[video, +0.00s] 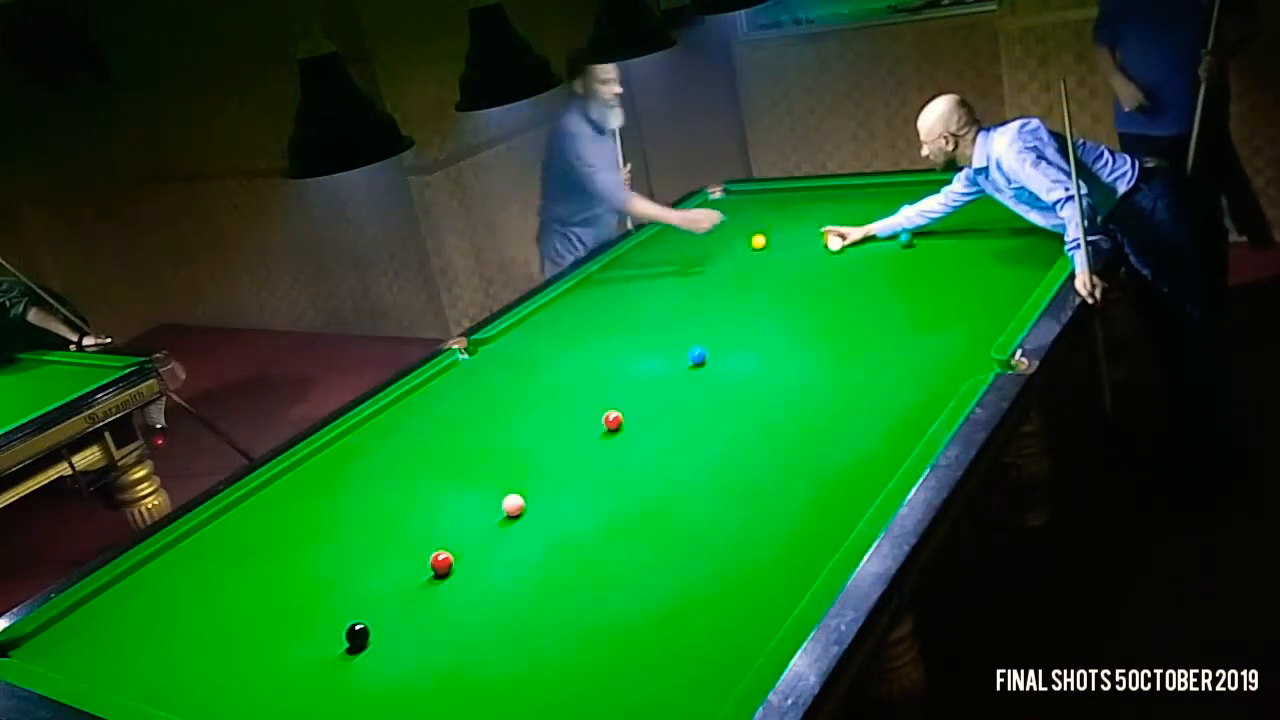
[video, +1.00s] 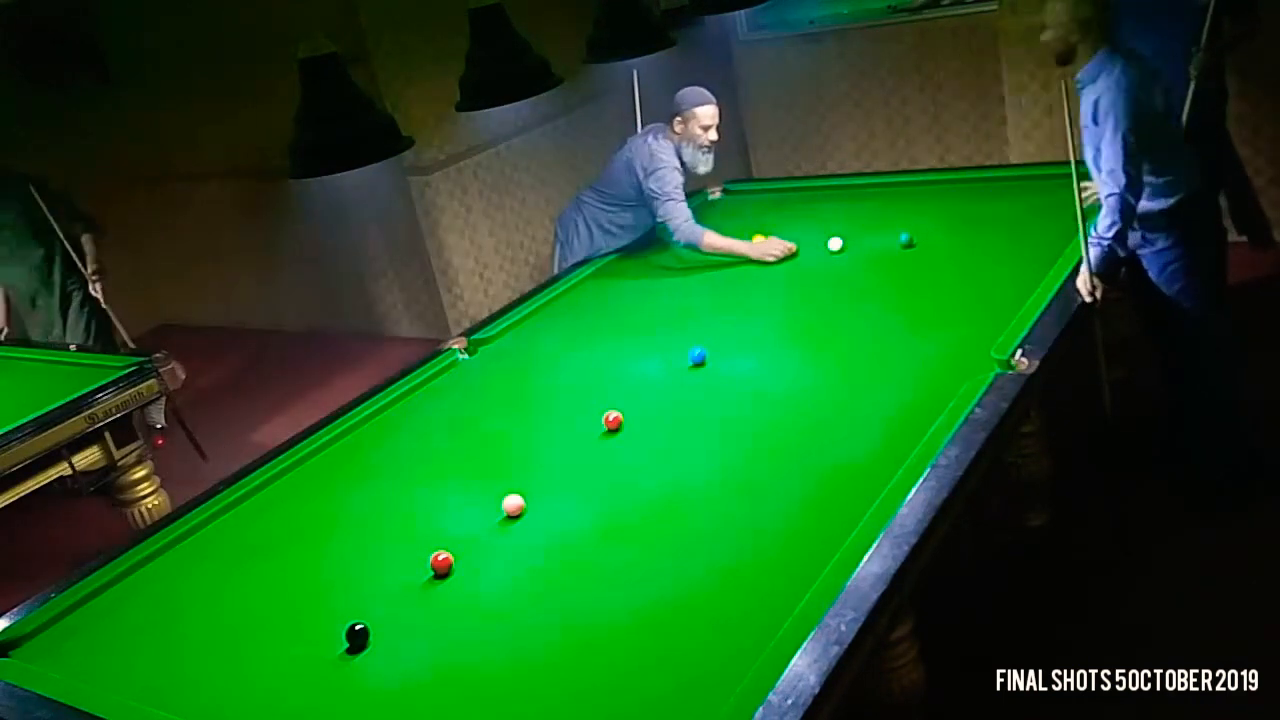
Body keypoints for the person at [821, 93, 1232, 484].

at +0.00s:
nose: (924, 150)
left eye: (927, 141)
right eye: (923, 143)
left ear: (952, 137)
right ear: (955, 134)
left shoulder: (1013, 145)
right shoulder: (979, 170)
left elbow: (1069, 196)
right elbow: (927, 210)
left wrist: (1081, 264)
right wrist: (861, 232)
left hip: (1148, 201)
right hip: (1124, 219)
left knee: (1194, 319)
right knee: (1174, 320)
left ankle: (1216, 444)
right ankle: (1197, 439)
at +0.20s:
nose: (924, 149)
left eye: (927, 140)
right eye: (923, 141)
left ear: (953, 136)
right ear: (956, 133)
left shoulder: (1013, 144)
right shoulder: (980, 168)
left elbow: (1069, 195)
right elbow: (929, 208)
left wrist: (1081, 264)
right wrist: (863, 231)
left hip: (1146, 200)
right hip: (1122, 219)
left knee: (1192, 314)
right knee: (1172, 315)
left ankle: (1216, 436)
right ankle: (1199, 430)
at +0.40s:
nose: (930, 131)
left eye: (932, 122)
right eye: (929, 123)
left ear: (957, 118)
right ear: (963, 116)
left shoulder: (1019, 135)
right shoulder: (989, 155)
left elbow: (1074, 192)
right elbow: (951, 203)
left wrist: (1083, 261)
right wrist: (887, 225)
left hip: (1146, 205)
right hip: (1126, 218)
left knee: (1190, 320)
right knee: (1172, 322)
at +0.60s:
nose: (956, 96)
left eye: (959, 85)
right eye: (955, 86)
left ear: (984, 84)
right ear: (986, 83)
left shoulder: (1040, 111)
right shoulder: (1014, 126)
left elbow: (1083, 183)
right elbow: (1012, 180)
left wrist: (1087, 259)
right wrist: (958, 211)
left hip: (1140, 216)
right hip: (1110, 223)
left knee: (1186, 325)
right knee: (1161, 329)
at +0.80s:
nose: (998, 59)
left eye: (1005, 48)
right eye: (999, 48)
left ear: (1036, 47)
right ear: (1037, 46)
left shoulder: (1074, 95)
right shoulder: (1068, 87)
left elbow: (1099, 186)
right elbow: (1085, 165)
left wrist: (1092, 260)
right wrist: (1041, 195)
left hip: (1161, 231)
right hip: (1151, 225)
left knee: (1192, 348)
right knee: (1184, 343)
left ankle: (1217, 467)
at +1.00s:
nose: (1044, 39)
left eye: (1051, 28)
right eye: (1044, 29)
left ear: (1080, 29)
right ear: (1083, 29)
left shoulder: (1113, 85)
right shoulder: (1109, 75)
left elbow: (1119, 186)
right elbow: (1140, 154)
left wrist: (1095, 259)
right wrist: (1106, 182)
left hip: (1168, 237)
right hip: (1161, 233)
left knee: (1189, 359)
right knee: (1183, 356)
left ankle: (1211, 472)